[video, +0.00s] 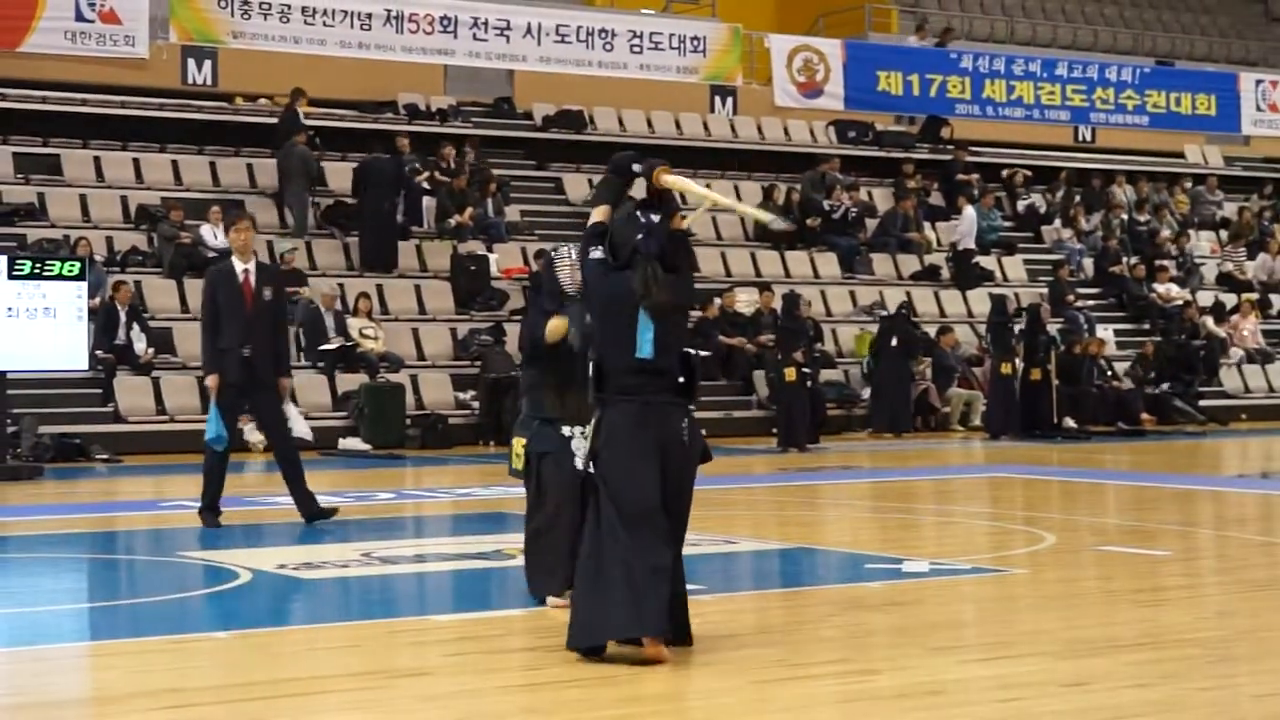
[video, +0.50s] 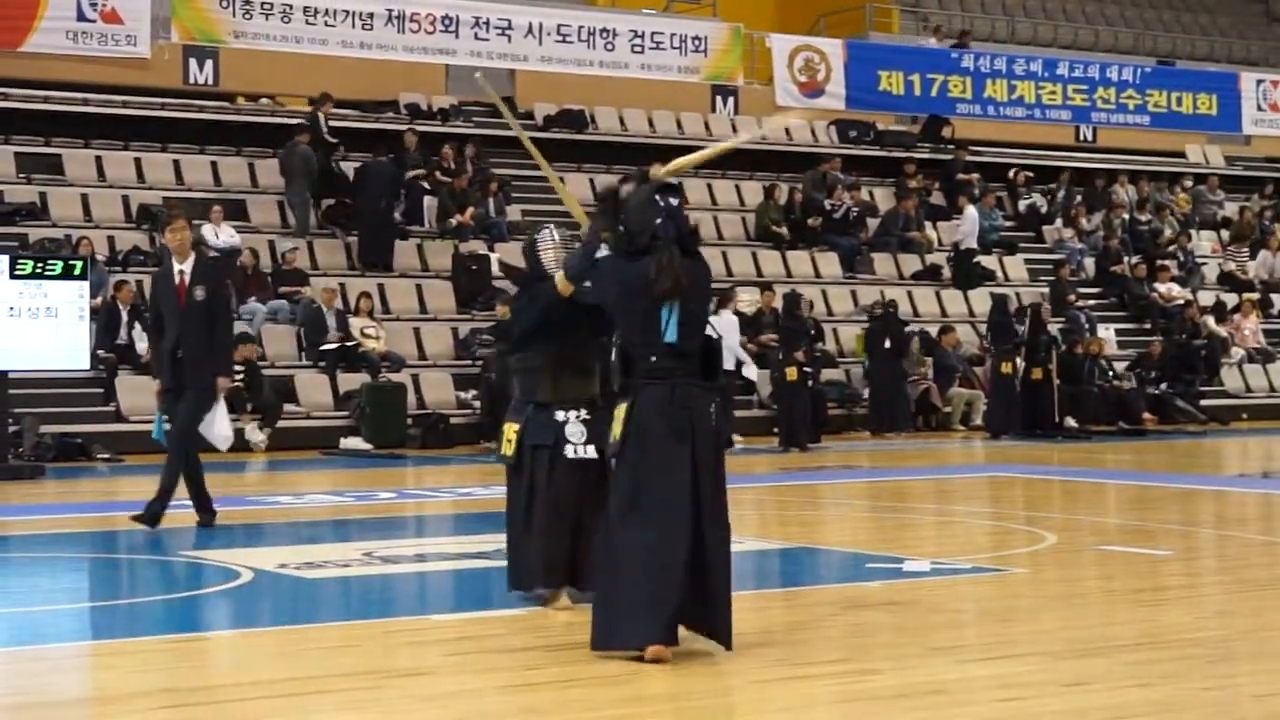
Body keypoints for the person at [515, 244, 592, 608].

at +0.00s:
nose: (576, 276)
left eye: (578, 268)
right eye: (569, 269)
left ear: (587, 273)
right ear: (554, 274)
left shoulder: (591, 307)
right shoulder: (542, 307)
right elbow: (533, 340)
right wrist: (577, 318)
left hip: (590, 416)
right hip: (550, 418)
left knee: (588, 501)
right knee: (557, 501)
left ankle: (581, 581)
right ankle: (553, 584)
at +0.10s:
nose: (576, 268)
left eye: (580, 259)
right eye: (569, 259)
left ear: (590, 266)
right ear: (554, 266)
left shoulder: (598, 306)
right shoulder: (535, 311)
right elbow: (541, 352)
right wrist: (593, 333)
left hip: (594, 416)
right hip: (548, 416)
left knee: (593, 500)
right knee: (553, 501)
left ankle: (582, 577)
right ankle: (548, 583)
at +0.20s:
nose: (574, 256)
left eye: (577, 247)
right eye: (565, 249)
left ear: (587, 254)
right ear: (550, 258)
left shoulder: (594, 294)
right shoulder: (536, 298)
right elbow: (540, 340)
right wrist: (581, 322)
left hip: (590, 403)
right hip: (547, 403)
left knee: (589, 492)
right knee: (552, 491)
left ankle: (581, 575)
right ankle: (545, 576)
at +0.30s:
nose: (570, 252)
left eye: (574, 244)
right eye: (561, 246)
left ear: (583, 250)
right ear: (545, 254)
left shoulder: (593, 287)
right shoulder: (534, 290)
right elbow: (524, 326)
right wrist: (572, 296)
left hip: (591, 398)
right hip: (545, 399)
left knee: (589, 491)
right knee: (551, 489)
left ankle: (581, 580)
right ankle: (552, 581)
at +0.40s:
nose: (561, 249)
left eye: (566, 242)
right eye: (553, 243)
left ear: (574, 249)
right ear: (538, 253)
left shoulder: (589, 289)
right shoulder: (530, 291)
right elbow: (522, 330)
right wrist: (558, 299)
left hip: (588, 402)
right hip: (541, 403)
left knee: (589, 492)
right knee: (551, 492)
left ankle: (584, 582)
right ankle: (556, 584)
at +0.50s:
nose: (560, 255)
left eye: (564, 248)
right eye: (551, 249)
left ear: (573, 253)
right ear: (537, 257)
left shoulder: (592, 298)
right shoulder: (528, 299)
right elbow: (562, 285)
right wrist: (590, 249)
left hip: (589, 406)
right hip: (542, 409)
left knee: (589, 495)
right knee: (551, 496)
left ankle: (585, 580)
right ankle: (552, 585)